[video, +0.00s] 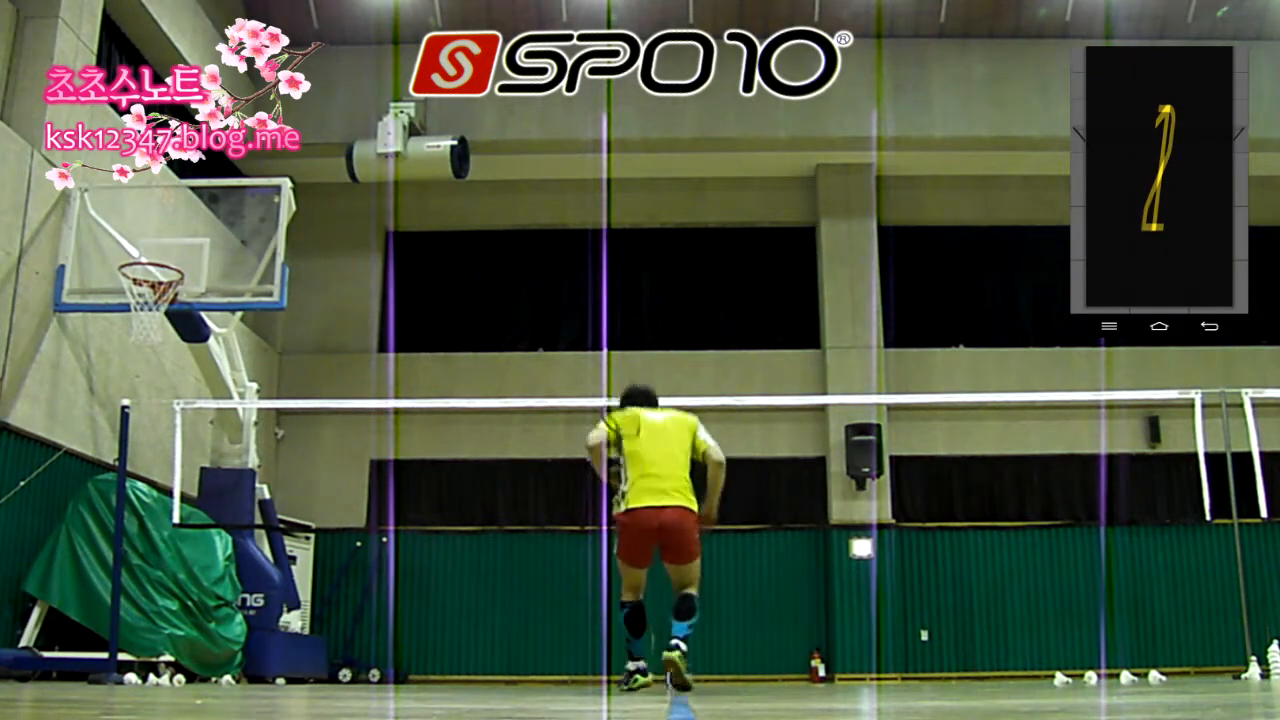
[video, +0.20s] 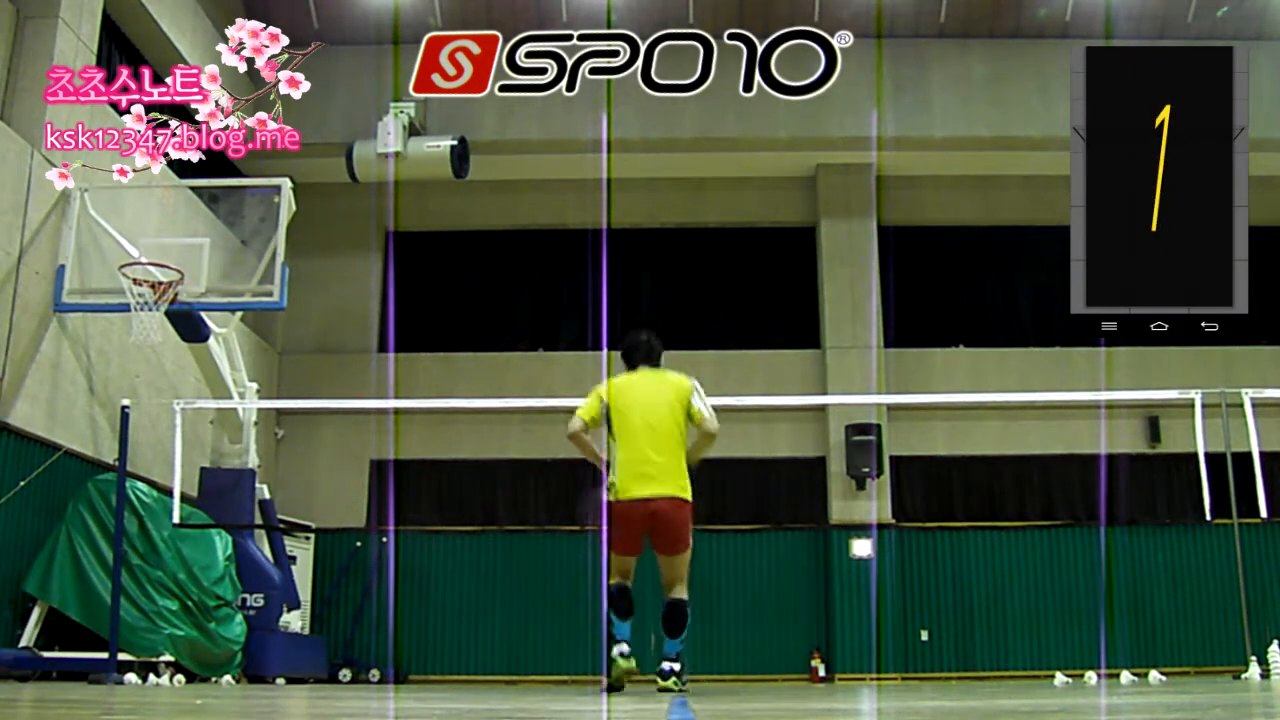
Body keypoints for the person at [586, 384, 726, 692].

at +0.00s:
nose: (621, 415)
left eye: (622, 410)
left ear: (626, 406)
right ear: (655, 404)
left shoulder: (620, 417)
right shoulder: (686, 420)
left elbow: (594, 441)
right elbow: (717, 458)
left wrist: (606, 478)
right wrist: (711, 506)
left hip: (636, 513)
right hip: (680, 513)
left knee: (632, 592)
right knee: (686, 588)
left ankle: (637, 666)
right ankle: (678, 645)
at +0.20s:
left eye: (628, 358)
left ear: (625, 361)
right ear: (660, 358)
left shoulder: (610, 388)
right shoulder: (684, 384)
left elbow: (575, 430)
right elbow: (710, 428)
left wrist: (603, 463)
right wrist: (689, 458)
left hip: (626, 500)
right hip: (673, 498)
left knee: (621, 575)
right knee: (676, 584)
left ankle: (621, 648)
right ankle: (671, 666)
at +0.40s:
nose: (650, 338)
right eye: (650, 333)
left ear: (612, 336)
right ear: (650, 334)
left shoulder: (593, 368)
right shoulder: (672, 364)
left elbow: (570, 425)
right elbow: (693, 418)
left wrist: (600, 451)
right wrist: (658, 435)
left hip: (607, 491)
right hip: (656, 488)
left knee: (616, 581)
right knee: (681, 569)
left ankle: (607, 661)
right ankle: (665, 641)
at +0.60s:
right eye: (641, 303)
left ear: (609, 306)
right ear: (647, 307)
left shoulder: (592, 341)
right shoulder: (678, 342)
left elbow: (567, 402)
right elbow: (700, 400)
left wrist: (597, 425)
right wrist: (667, 422)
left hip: (607, 466)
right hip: (662, 465)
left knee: (593, 570)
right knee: (654, 570)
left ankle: (593, 663)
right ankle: (645, 646)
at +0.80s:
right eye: (640, 245)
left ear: (603, 253)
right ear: (643, 252)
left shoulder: (579, 287)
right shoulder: (670, 278)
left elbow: (554, 350)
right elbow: (698, 325)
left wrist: (586, 378)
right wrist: (677, 382)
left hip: (593, 417)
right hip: (652, 417)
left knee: (574, 523)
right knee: (656, 535)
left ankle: (563, 618)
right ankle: (655, 648)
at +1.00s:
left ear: (586, 254)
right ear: (634, 253)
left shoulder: (565, 283)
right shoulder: (662, 284)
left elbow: (532, 332)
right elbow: (701, 336)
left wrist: (549, 400)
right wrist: (695, 414)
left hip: (574, 421)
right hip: (639, 425)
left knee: (540, 536)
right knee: (678, 540)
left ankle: (515, 638)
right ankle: (708, 625)